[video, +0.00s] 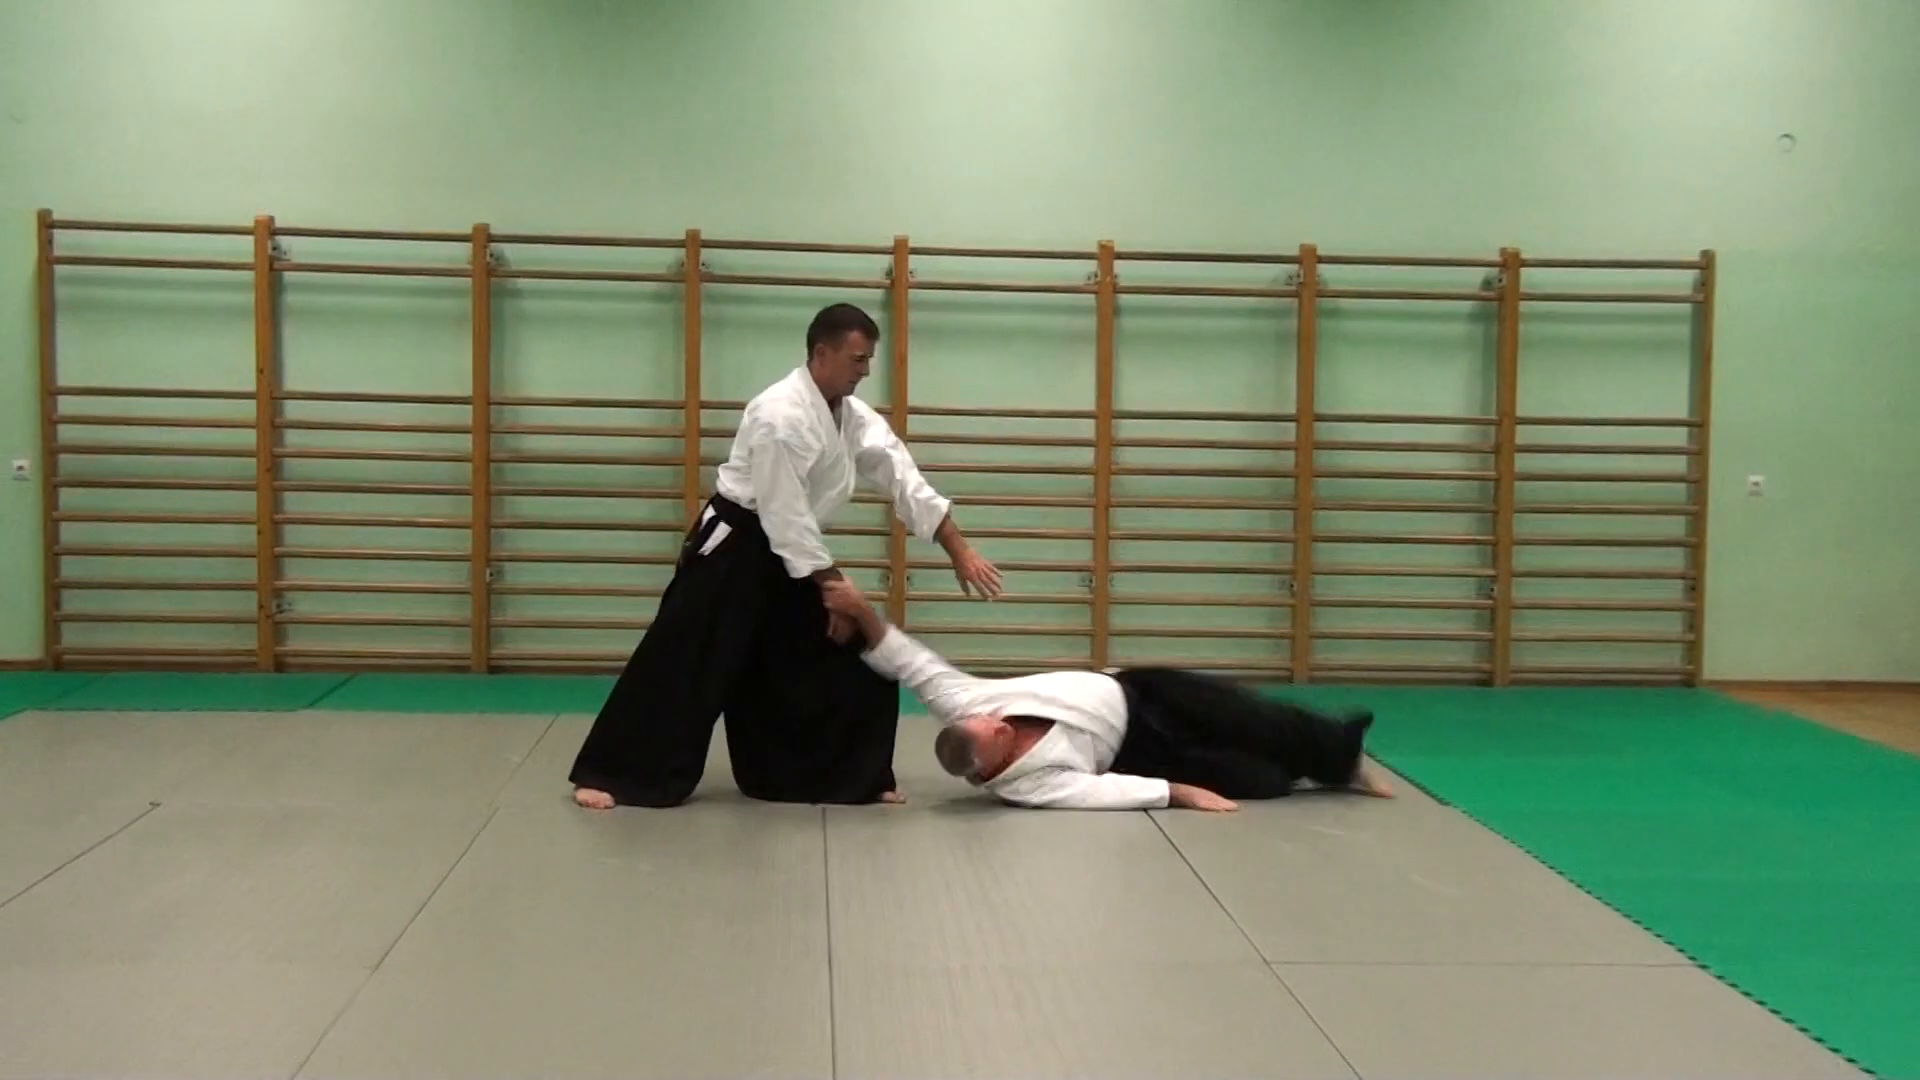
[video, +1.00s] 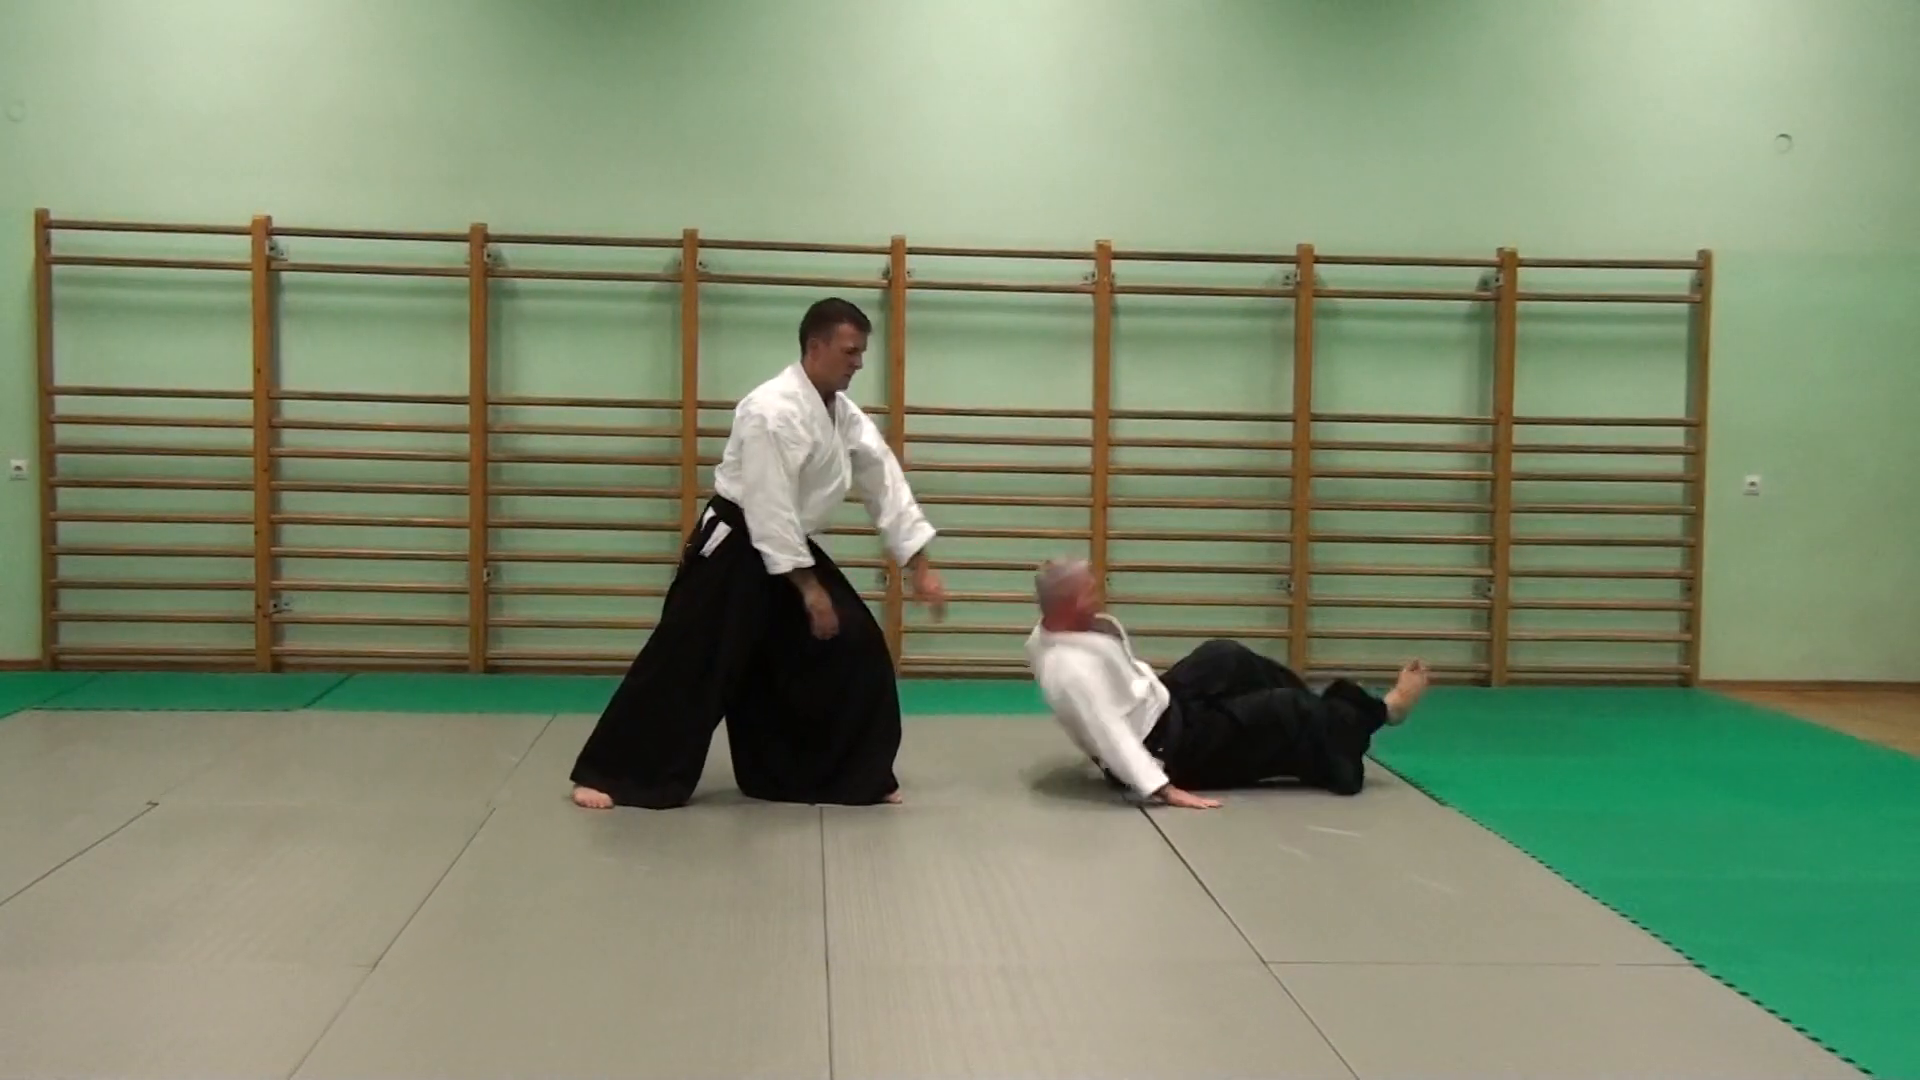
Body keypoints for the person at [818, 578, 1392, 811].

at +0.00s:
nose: (1004, 728)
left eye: (992, 726)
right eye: (996, 741)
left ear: (983, 722)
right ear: (989, 769)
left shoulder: (967, 706)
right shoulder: (1031, 784)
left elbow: (916, 662)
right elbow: (1105, 788)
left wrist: (865, 621)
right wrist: (1176, 793)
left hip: (1139, 692)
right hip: (1148, 750)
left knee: (1252, 717)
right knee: (1254, 777)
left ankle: (1341, 754)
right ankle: (1311, 771)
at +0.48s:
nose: (1010, 726)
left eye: (1001, 721)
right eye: (1002, 740)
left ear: (992, 714)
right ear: (992, 767)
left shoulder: (986, 705)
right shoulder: (1035, 782)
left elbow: (942, 657)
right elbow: (1109, 788)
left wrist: (903, 602)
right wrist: (1177, 795)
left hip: (1144, 700)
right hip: (1159, 756)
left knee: (1244, 675)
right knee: (1259, 771)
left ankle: (1347, 691)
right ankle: (1312, 768)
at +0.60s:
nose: (1013, 718)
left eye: (1006, 712)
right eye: (1004, 727)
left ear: (990, 704)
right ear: (984, 755)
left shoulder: (985, 697)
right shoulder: (1024, 781)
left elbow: (973, 646)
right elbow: (1094, 791)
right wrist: (1166, 794)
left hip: (1143, 698)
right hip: (1153, 758)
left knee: (1248, 667)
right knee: (1265, 773)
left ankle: (1351, 675)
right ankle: (1336, 767)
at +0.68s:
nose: (1019, 709)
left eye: (1013, 701)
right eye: (1007, 715)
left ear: (1007, 694)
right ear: (983, 738)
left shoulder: (1003, 681)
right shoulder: (1013, 775)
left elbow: (1021, 630)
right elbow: (1089, 789)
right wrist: (1163, 790)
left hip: (1145, 700)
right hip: (1154, 760)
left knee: (1259, 669)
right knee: (1267, 762)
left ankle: (1352, 685)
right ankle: (1353, 771)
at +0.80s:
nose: (1043, 682)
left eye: (1036, 671)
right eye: (1030, 684)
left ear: (1028, 662)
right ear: (1001, 699)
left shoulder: (1038, 664)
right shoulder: (1018, 750)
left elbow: (1087, 643)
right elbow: (1087, 785)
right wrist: (1165, 789)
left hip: (1157, 706)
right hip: (1154, 758)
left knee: (1263, 677)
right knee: (1274, 745)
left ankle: (1355, 706)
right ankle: (1373, 757)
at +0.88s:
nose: (1062, 634)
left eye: (1056, 628)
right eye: (1052, 633)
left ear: (1044, 634)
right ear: (1029, 651)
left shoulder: (1052, 650)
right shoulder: (1032, 715)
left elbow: (1097, 654)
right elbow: (1093, 774)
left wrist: (1136, 653)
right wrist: (1162, 794)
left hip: (1160, 704)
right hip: (1156, 753)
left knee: (1250, 668)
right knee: (1275, 732)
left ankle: (1345, 704)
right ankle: (1374, 742)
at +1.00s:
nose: (1097, 598)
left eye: (1093, 589)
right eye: (1087, 594)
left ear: (1059, 606)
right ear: (1065, 608)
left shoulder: (1068, 633)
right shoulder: (1068, 666)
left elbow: (1113, 683)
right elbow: (1109, 733)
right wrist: (1163, 789)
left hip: (1157, 698)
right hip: (1165, 742)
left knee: (1224, 654)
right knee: (1288, 706)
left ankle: (1320, 712)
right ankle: (1377, 712)